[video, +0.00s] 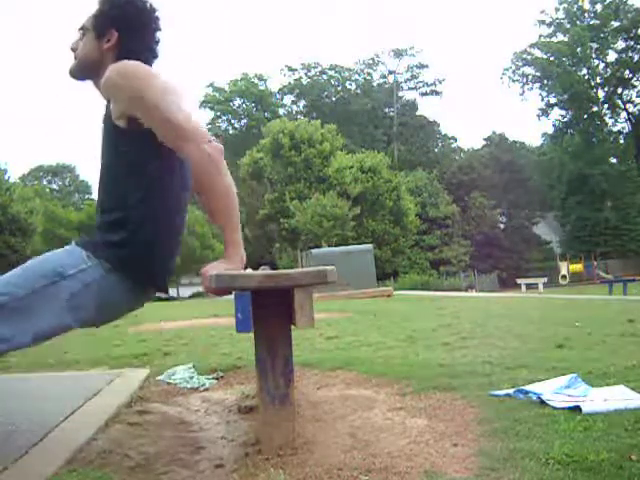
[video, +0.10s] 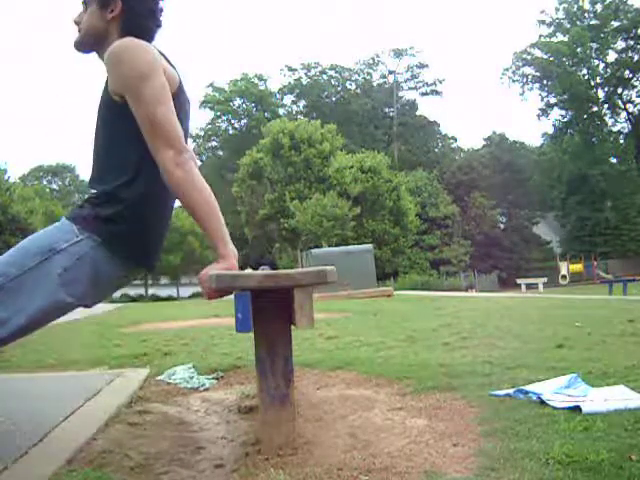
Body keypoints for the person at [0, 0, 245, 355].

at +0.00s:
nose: (73, 45)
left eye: (83, 33)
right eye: (78, 34)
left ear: (109, 40)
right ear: (110, 41)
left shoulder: (123, 76)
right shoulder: (135, 82)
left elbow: (201, 150)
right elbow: (209, 152)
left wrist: (234, 253)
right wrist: (233, 247)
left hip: (112, 265)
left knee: (4, 316)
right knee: (6, 321)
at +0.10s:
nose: (76, 18)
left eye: (86, 6)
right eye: (81, 7)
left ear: (112, 10)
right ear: (111, 12)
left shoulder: (129, 53)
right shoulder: (155, 63)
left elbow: (177, 158)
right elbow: (181, 160)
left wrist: (226, 253)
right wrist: (227, 254)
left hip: (101, 237)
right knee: (4, 315)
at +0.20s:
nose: (77, 16)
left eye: (86, 5)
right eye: (81, 6)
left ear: (112, 9)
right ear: (111, 11)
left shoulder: (126, 53)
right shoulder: (153, 64)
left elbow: (178, 153)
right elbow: (181, 156)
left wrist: (226, 252)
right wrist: (227, 252)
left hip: (99, 235)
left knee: (2, 308)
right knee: (4, 316)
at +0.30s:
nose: (72, 41)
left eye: (82, 29)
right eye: (77, 30)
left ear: (109, 32)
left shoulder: (121, 71)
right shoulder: (147, 81)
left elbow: (198, 155)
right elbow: (198, 167)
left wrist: (233, 253)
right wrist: (233, 252)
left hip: (108, 258)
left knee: (3, 318)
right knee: (5, 327)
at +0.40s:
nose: (65, 82)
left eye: (75, 68)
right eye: (70, 69)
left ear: (103, 71)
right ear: (103, 72)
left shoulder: (115, 104)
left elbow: (213, 153)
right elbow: (219, 153)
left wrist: (238, 257)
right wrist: (239, 255)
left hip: (120, 293)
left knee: (1, 327)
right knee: (4, 317)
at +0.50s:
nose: (62, 121)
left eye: (70, 108)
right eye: (65, 108)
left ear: (98, 110)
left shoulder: (114, 137)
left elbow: (220, 154)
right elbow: (219, 189)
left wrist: (238, 258)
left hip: (134, 324)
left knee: (3, 332)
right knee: (7, 323)